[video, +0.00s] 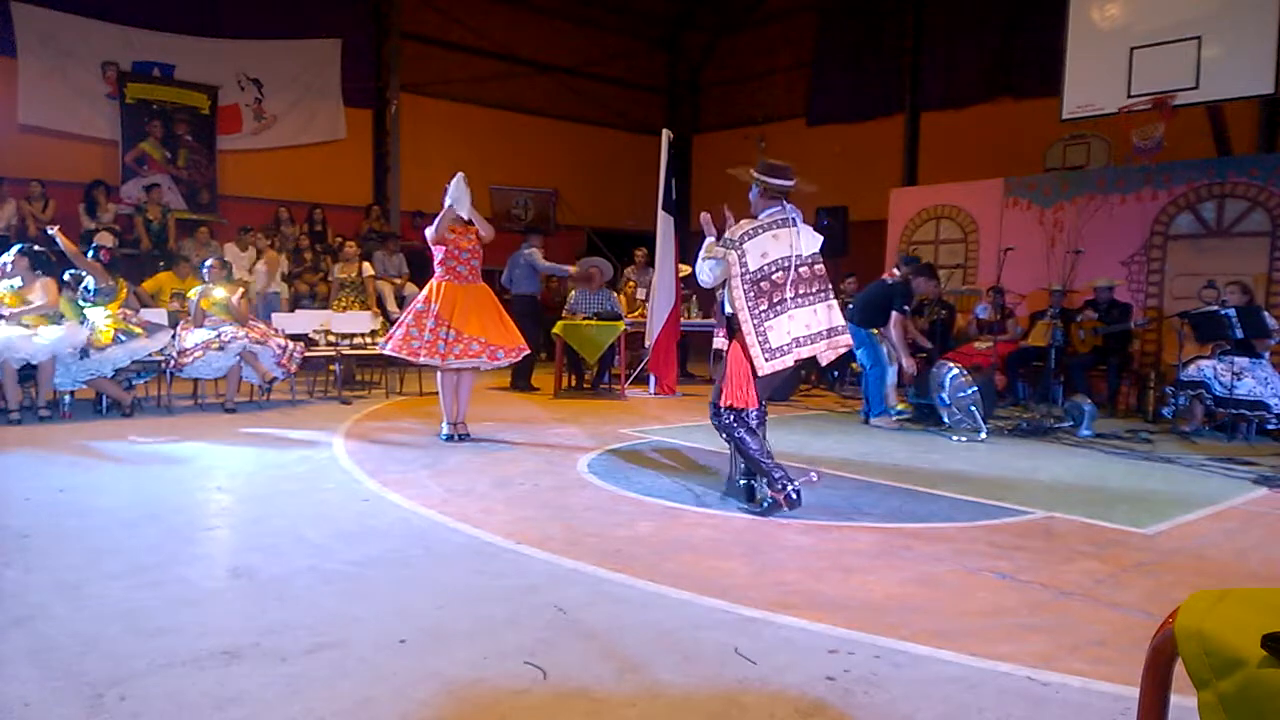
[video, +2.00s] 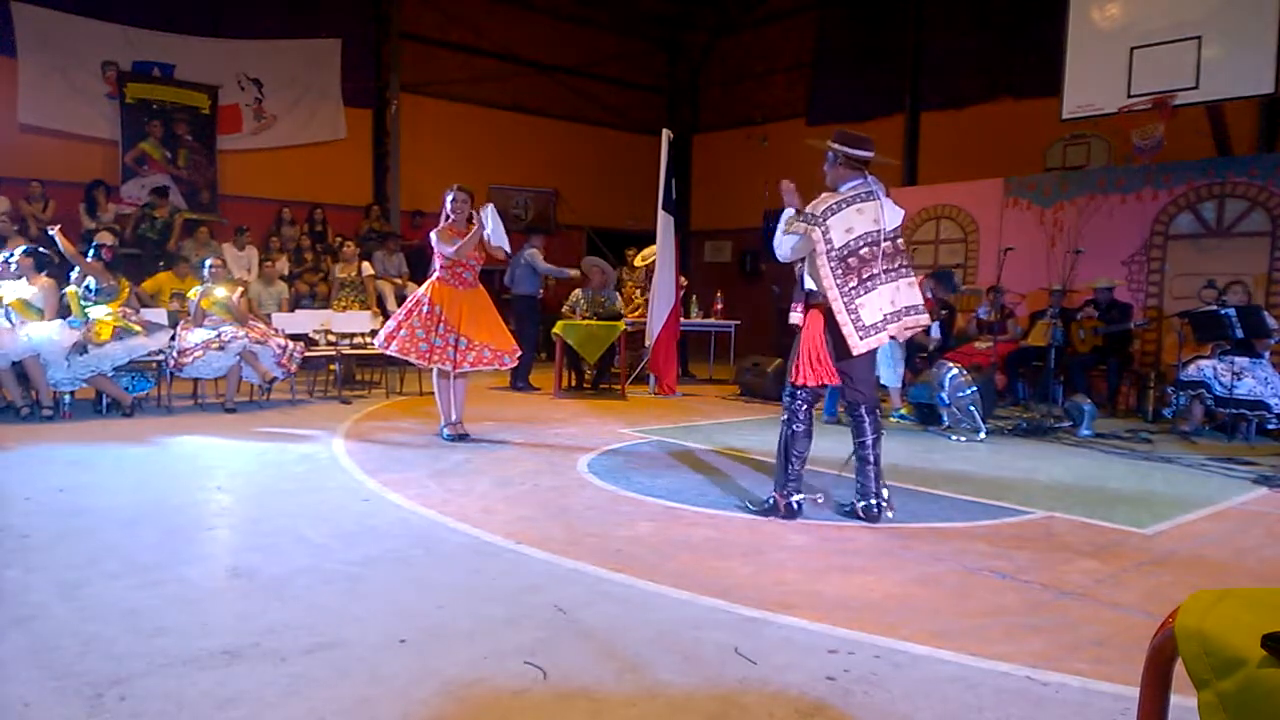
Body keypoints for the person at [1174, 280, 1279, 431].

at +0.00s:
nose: (1226, 297)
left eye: (1232, 293)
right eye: (1225, 293)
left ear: (1245, 298)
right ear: (1222, 296)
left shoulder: (1257, 315)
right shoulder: (1219, 315)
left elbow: (1265, 345)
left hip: (1253, 364)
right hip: (1223, 363)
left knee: (1246, 382)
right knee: (1198, 369)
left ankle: (1241, 426)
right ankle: (1196, 420)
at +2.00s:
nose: (1238, 296)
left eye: (1243, 293)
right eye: (1233, 293)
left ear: (1248, 297)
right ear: (1224, 296)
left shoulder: (1257, 315)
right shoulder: (1216, 315)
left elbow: (1265, 346)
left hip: (1253, 364)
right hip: (1222, 363)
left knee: (1248, 381)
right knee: (1199, 368)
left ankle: (1242, 426)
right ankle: (1195, 419)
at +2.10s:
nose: (1238, 296)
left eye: (1242, 293)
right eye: (1233, 292)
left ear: (1248, 297)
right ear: (1224, 296)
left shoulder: (1257, 315)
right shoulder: (1216, 315)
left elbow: (1265, 346)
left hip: (1253, 364)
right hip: (1221, 363)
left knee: (1249, 382)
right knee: (1198, 368)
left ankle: (1243, 426)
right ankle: (1195, 419)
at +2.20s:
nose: (1233, 297)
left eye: (1238, 293)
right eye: (1230, 293)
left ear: (1247, 297)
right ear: (1224, 296)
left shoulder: (1257, 315)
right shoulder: (1217, 314)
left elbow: (1264, 346)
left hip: (1253, 364)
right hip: (1222, 363)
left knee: (1248, 382)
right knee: (1198, 368)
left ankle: (1242, 426)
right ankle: (1195, 419)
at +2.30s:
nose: (1232, 297)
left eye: (1237, 293)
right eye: (1229, 293)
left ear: (1247, 297)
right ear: (1224, 296)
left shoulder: (1258, 314)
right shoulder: (1219, 315)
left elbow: (1264, 346)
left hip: (1253, 364)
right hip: (1222, 363)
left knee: (1248, 381)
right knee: (1198, 368)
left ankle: (1242, 426)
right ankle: (1195, 419)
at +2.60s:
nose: (1227, 296)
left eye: (1233, 292)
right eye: (1226, 293)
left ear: (1246, 297)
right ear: (1223, 296)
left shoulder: (1257, 315)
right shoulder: (1220, 316)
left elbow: (1264, 346)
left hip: (1253, 364)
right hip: (1224, 363)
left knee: (1247, 381)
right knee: (1199, 368)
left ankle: (1242, 426)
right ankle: (1196, 419)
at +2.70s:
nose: (1227, 296)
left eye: (1233, 292)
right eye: (1226, 293)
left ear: (1246, 297)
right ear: (1223, 296)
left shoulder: (1257, 314)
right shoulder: (1219, 315)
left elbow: (1264, 345)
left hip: (1253, 364)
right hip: (1223, 363)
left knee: (1247, 381)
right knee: (1198, 368)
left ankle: (1243, 426)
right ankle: (1195, 419)